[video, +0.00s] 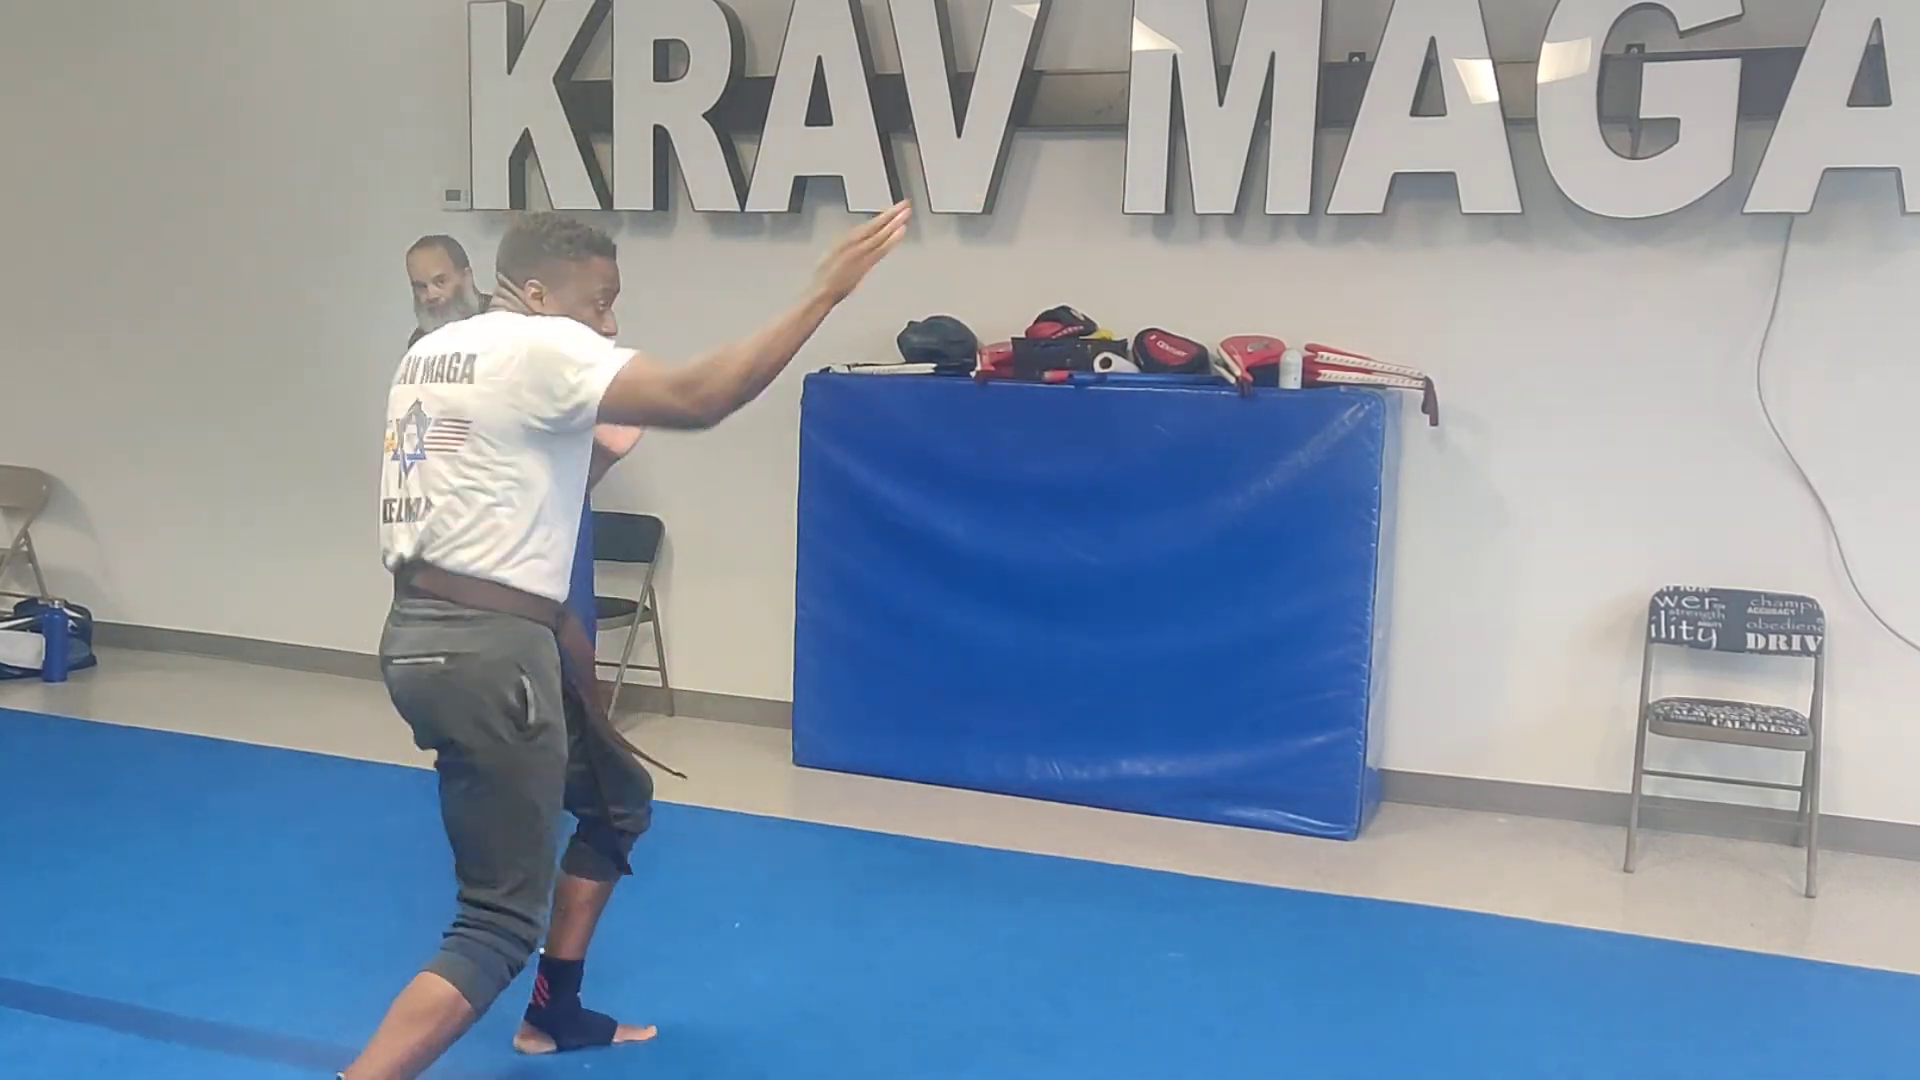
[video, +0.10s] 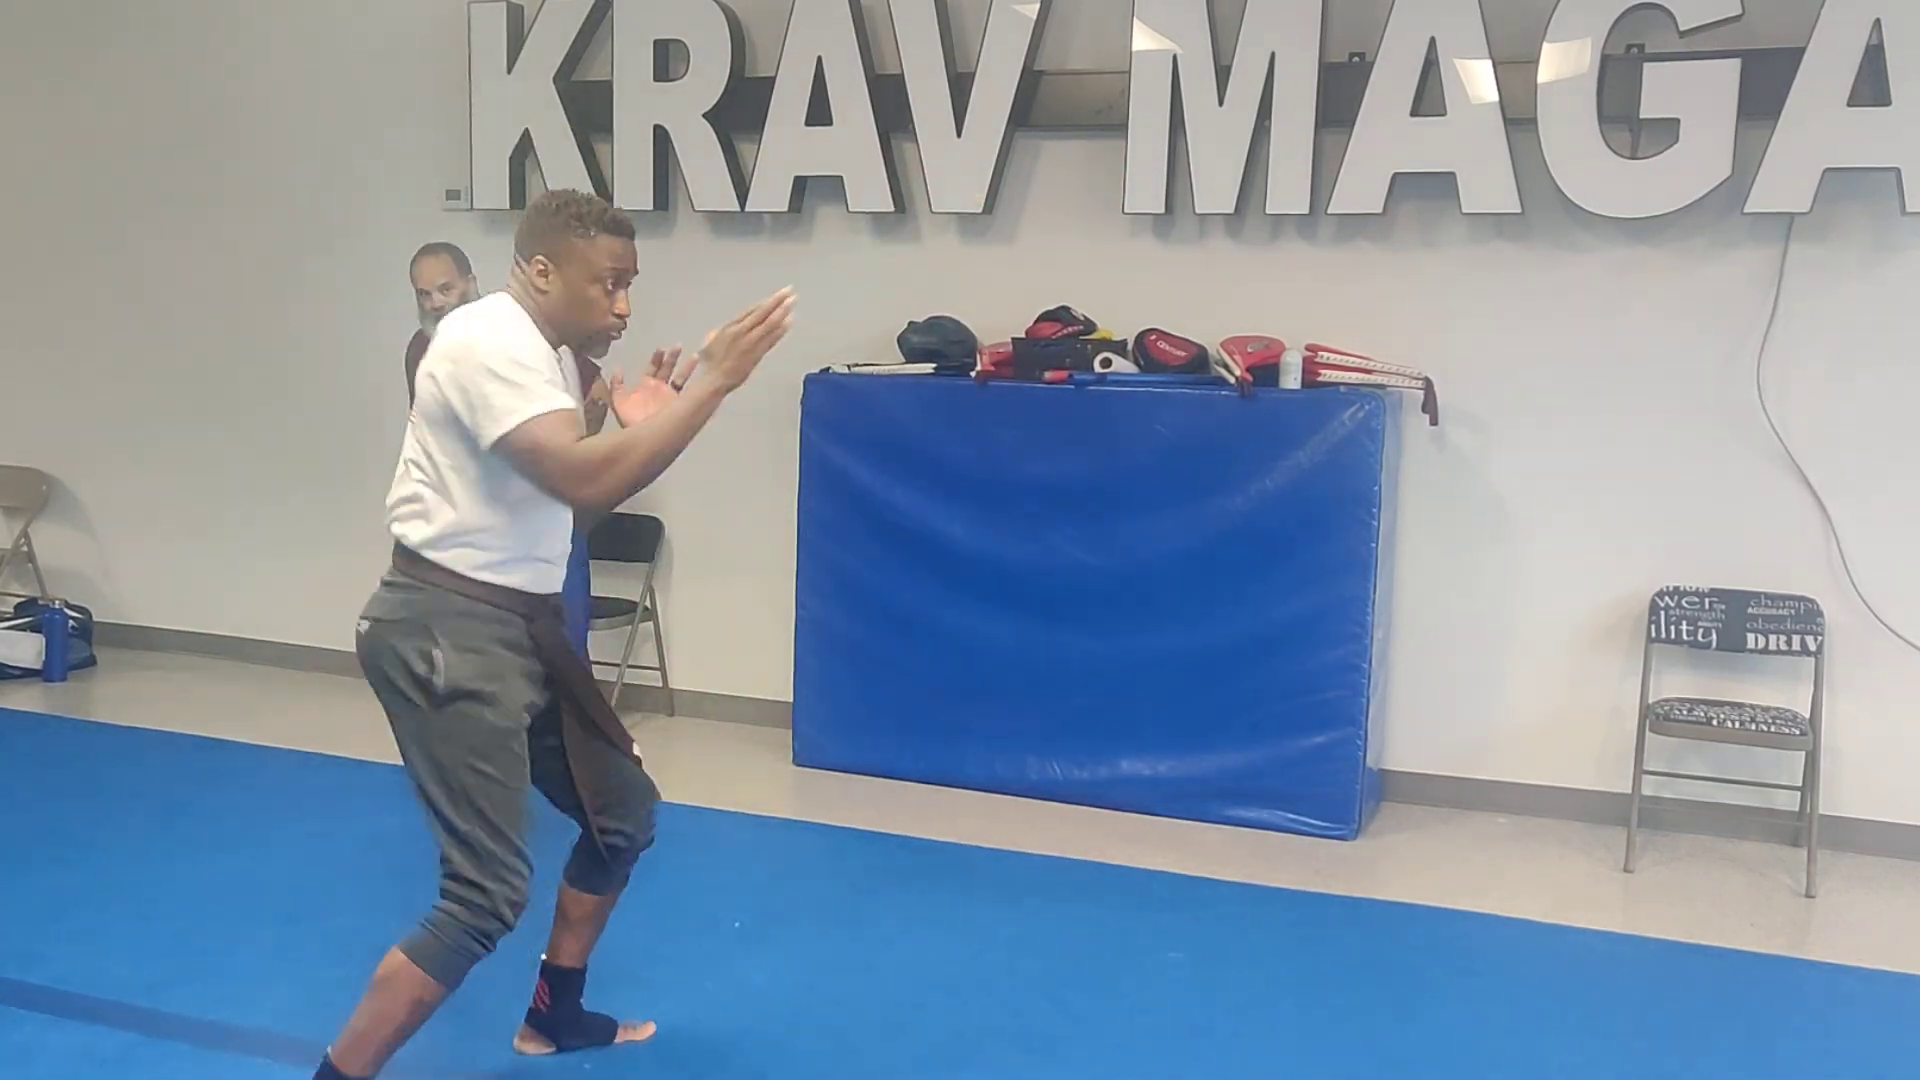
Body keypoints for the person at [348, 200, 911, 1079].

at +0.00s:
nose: (610, 324)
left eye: (611, 305)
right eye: (597, 303)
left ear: (519, 297)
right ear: (529, 293)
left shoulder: (427, 355)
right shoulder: (540, 353)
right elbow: (700, 394)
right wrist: (824, 294)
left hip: (418, 636)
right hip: (497, 645)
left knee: (616, 796)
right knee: (500, 920)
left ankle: (556, 1006)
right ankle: (364, 1074)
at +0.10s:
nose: (625, 302)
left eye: (629, 284)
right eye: (610, 282)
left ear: (553, 281)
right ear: (539, 275)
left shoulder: (550, 354)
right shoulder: (485, 339)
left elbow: (586, 484)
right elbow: (587, 479)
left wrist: (638, 417)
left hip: (518, 629)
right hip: (446, 626)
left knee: (622, 812)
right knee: (486, 892)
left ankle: (556, 1012)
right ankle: (340, 1072)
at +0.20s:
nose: (604, 307)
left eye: (613, 285)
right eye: (589, 282)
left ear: (615, 280)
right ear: (521, 268)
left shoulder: (589, 359)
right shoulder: (431, 344)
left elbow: (631, 500)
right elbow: (479, 510)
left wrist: (668, 419)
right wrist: (621, 420)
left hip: (549, 618)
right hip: (437, 620)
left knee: (665, 818)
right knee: (442, 892)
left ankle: (579, 968)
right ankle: (311, 1063)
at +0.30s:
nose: (574, 330)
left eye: (588, 311)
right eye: (556, 307)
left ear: (602, 304)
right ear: (501, 286)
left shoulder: (618, 360)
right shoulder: (407, 364)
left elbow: (735, 469)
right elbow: (410, 529)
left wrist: (740, 379)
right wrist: (541, 459)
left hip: (559, 641)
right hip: (428, 639)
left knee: (698, 834)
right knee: (417, 901)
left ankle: (704, 988)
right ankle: (301, 1069)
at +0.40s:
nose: (604, 336)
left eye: (615, 316)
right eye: (584, 317)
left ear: (627, 305)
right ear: (526, 299)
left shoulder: (649, 350)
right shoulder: (443, 377)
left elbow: (785, 390)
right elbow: (406, 534)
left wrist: (866, 357)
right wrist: (519, 471)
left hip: (578, 643)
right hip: (458, 635)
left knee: (716, 834)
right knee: (425, 899)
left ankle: (723, 999)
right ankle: (304, 1069)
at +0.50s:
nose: (657, 313)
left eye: (665, 297)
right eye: (640, 297)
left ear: (667, 289)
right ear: (577, 289)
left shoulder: (665, 341)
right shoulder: (496, 354)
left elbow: (757, 444)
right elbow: (560, 494)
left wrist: (802, 396)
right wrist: (649, 387)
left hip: (597, 617)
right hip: (490, 618)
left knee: (721, 813)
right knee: (449, 892)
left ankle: (722, 997)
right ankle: (299, 1049)